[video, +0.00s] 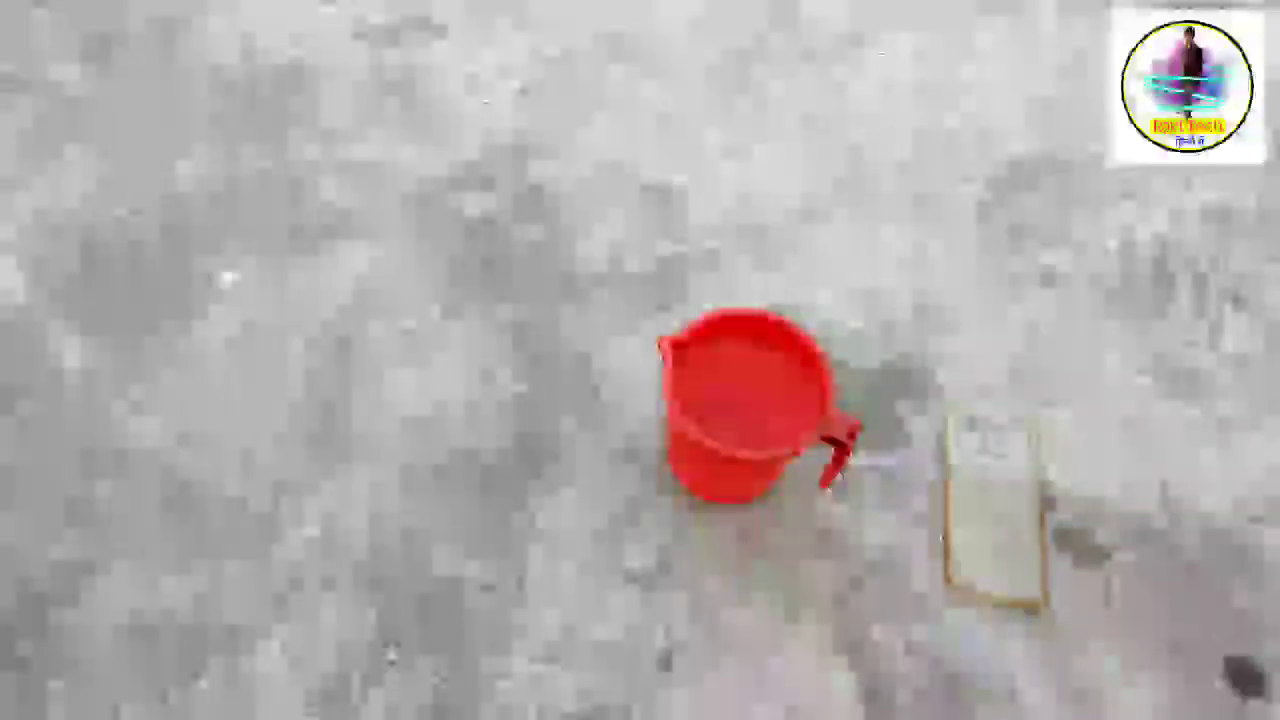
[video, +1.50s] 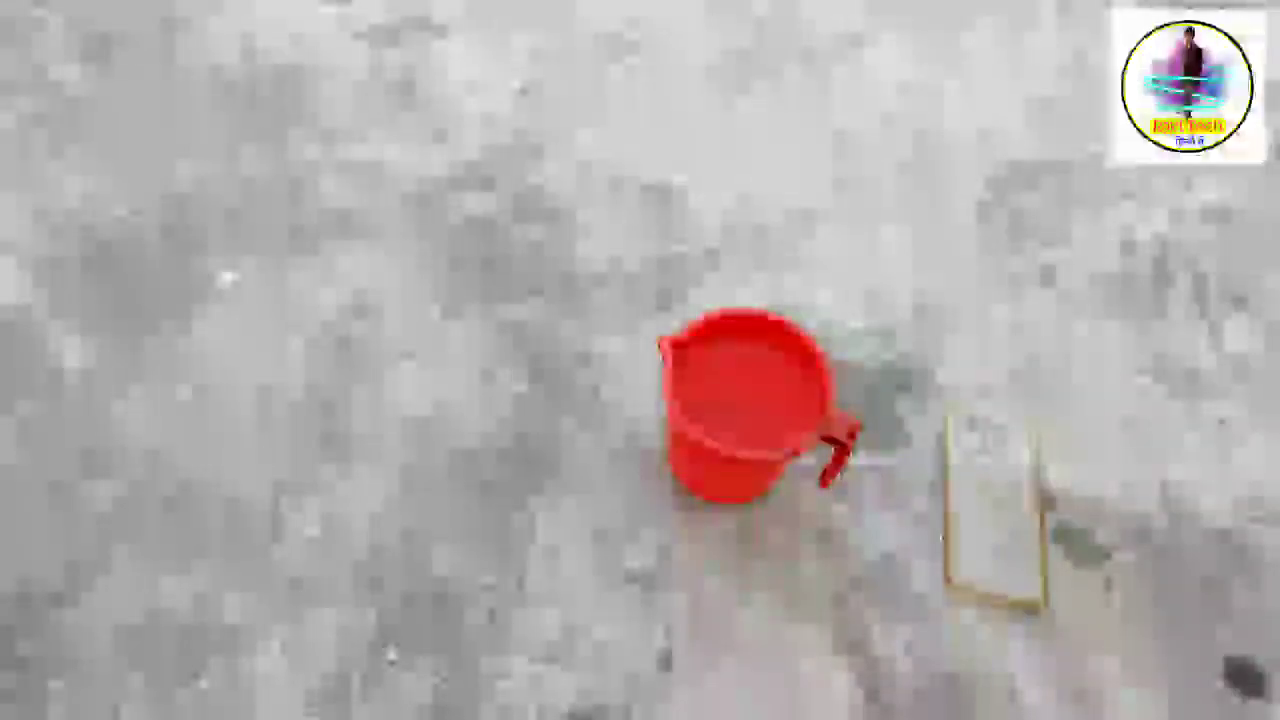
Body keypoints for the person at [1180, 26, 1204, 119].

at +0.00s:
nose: (1187, 38)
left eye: (1189, 36)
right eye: (1186, 36)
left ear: (1193, 36)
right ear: (1184, 36)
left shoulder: (1197, 50)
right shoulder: (1182, 50)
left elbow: (1199, 64)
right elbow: (1177, 62)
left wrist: (1198, 75)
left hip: (1194, 75)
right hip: (1184, 74)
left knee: (1190, 93)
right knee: (1185, 93)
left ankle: (1188, 112)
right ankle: (1186, 112)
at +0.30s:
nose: (1187, 38)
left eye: (1189, 36)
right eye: (1186, 36)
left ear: (1193, 36)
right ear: (1184, 36)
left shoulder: (1197, 50)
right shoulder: (1182, 50)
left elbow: (1199, 63)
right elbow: (1178, 61)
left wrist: (1199, 73)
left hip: (1194, 74)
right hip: (1184, 73)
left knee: (1190, 92)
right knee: (1185, 92)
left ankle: (1188, 111)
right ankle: (1186, 110)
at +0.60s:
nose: (1187, 38)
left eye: (1189, 36)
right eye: (1186, 36)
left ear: (1193, 36)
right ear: (1184, 36)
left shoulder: (1197, 50)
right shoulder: (1182, 50)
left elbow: (1199, 63)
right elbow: (1178, 61)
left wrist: (1199, 73)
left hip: (1194, 74)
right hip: (1184, 73)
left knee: (1190, 92)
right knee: (1185, 92)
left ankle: (1188, 111)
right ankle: (1186, 110)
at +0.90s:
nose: (1187, 38)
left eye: (1189, 36)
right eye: (1186, 36)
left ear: (1193, 36)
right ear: (1184, 36)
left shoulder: (1197, 50)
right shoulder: (1182, 50)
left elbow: (1199, 63)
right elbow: (1178, 61)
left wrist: (1199, 73)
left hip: (1194, 74)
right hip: (1184, 73)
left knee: (1190, 92)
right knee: (1185, 92)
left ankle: (1188, 111)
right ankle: (1186, 110)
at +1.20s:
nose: (1187, 38)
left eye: (1189, 36)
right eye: (1186, 36)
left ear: (1193, 36)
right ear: (1184, 36)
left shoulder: (1197, 50)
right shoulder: (1181, 49)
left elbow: (1199, 64)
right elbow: (1176, 61)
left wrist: (1197, 75)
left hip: (1193, 75)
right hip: (1183, 74)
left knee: (1190, 93)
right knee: (1185, 93)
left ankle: (1188, 111)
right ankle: (1186, 111)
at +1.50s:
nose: (1187, 38)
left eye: (1189, 36)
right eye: (1186, 36)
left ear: (1193, 36)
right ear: (1184, 36)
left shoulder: (1197, 50)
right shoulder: (1181, 49)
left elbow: (1199, 64)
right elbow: (1176, 61)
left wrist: (1197, 75)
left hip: (1193, 75)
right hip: (1183, 74)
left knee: (1190, 93)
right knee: (1185, 93)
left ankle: (1188, 111)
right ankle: (1186, 111)